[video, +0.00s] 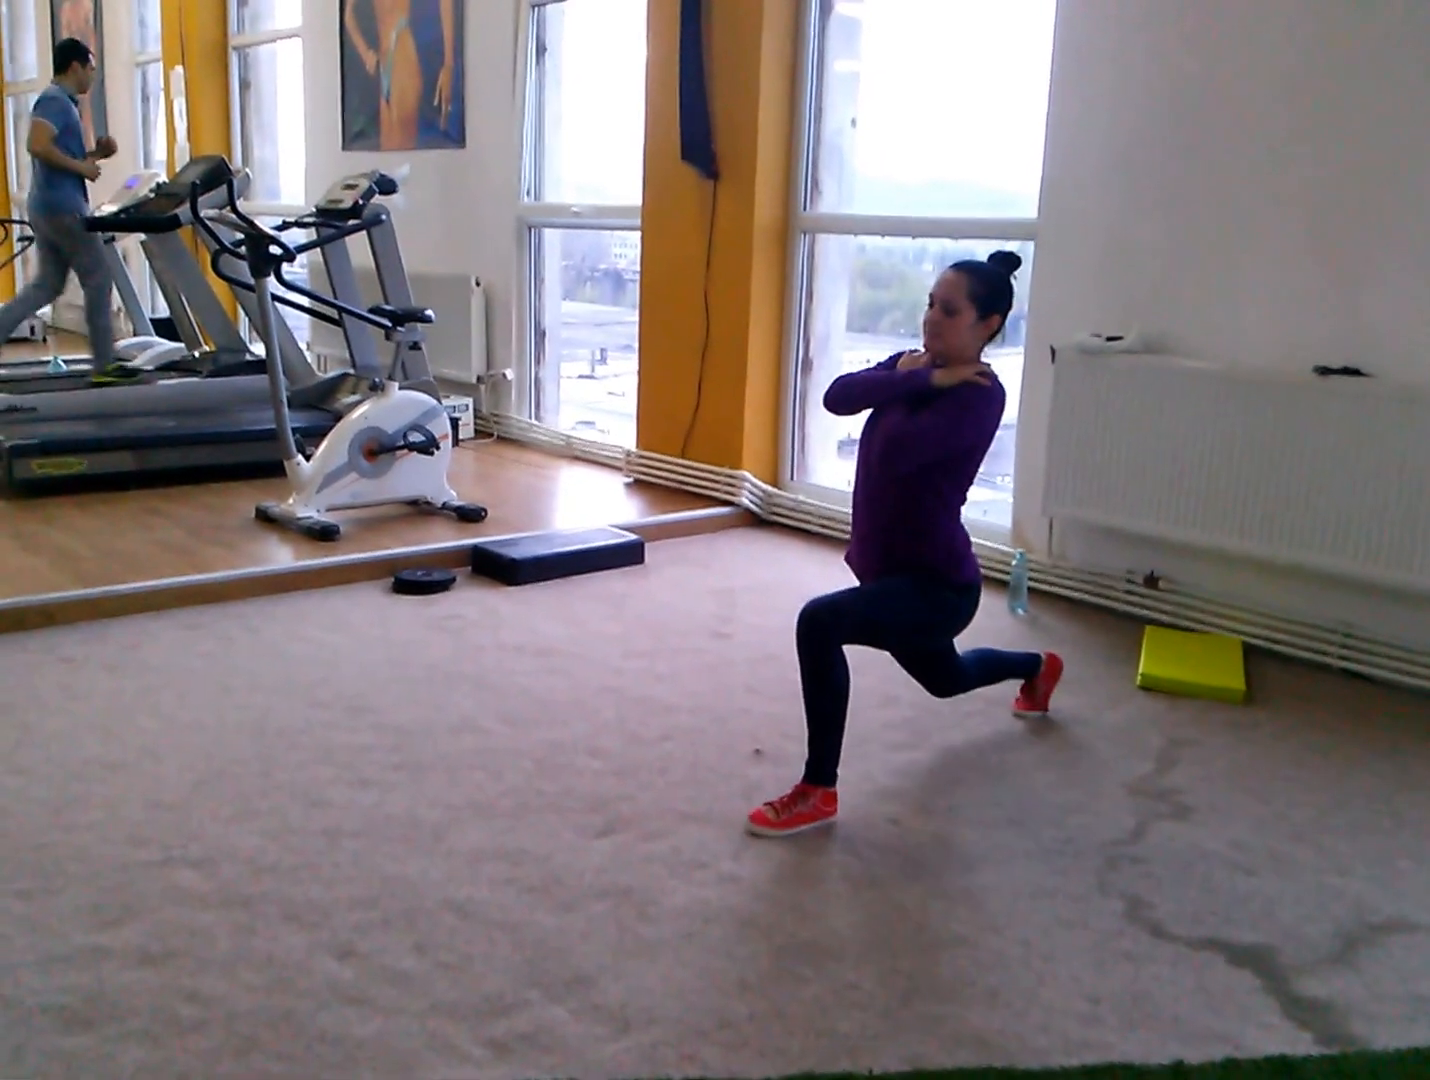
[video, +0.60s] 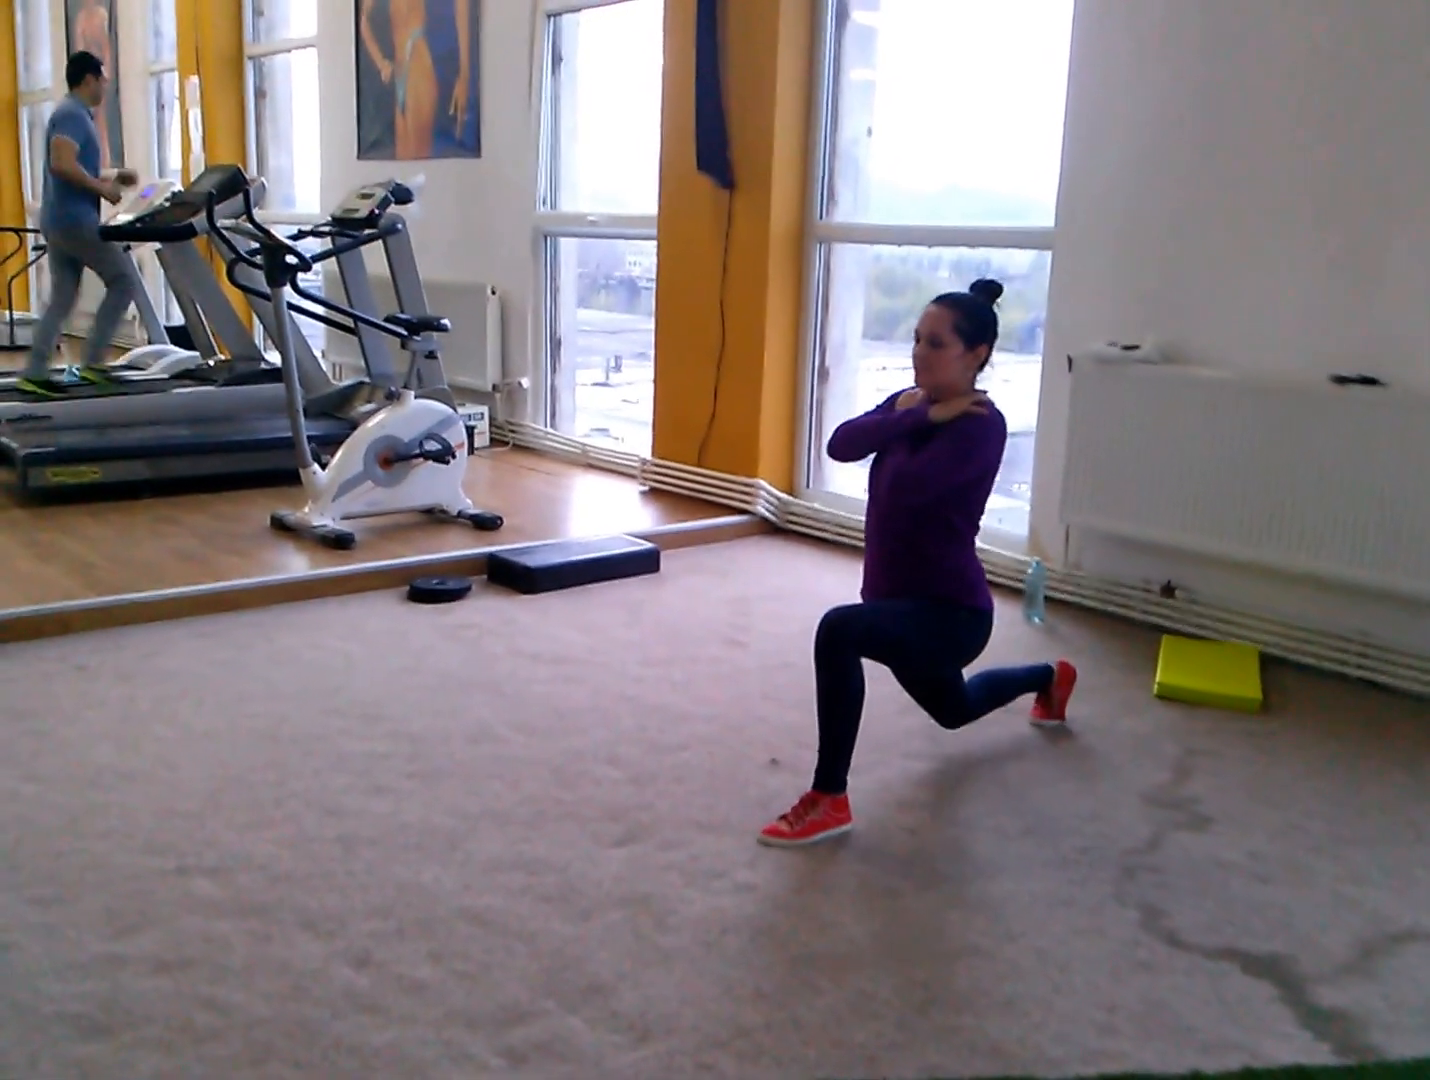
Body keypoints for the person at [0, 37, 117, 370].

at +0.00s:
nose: (93, 76)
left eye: (92, 69)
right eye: (90, 68)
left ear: (68, 68)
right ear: (75, 67)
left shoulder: (61, 102)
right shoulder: (56, 100)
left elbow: (64, 153)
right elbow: (38, 144)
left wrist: (96, 151)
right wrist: (80, 167)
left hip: (49, 208)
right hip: (61, 209)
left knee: (49, 285)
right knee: (99, 277)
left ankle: (2, 328)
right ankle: (106, 362)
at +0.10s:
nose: (97, 86)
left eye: (96, 79)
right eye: (93, 78)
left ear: (72, 80)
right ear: (80, 79)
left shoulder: (65, 116)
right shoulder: (61, 116)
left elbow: (60, 171)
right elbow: (58, 169)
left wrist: (92, 184)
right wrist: (96, 190)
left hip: (59, 220)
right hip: (61, 220)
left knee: (81, 289)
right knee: (96, 288)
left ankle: (15, 335)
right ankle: (70, 367)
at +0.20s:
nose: (98, 87)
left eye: (98, 80)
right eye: (96, 80)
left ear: (71, 80)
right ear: (84, 79)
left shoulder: (49, 111)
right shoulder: (70, 114)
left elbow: (28, 159)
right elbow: (76, 169)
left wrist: (69, 176)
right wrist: (108, 183)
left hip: (52, 218)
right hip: (66, 219)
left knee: (105, 277)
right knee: (73, 292)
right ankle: (38, 371)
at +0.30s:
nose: (99, 80)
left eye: (99, 73)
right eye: (98, 73)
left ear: (69, 71)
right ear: (85, 70)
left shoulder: (46, 104)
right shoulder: (77, 105)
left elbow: (21, 150)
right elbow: (85, 158)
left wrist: (57, 168)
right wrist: (109, 165)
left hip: (58, 215)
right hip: (68, 216)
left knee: (104, 280)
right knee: (49, 290)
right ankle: (6, 359)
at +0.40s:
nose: (100, 84)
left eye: (98, 76)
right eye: (97, 76)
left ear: (69, 78)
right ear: (86, 76)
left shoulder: (49, 112)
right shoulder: (79, 110)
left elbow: (28, 159)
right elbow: (84, 159)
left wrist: (61, 175)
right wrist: (106, 171)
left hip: (59, 217)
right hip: (74, 217)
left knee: (103, 288)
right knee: (78, 291)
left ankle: (106, 367)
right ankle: (9, 337)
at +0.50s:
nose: (101, 89)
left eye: (100, 83)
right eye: (99, 83)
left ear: (74, 85)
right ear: (87, 84)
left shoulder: (63, 119)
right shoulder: (75, 120)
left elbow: (72, 179)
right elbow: (76, 174)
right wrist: (114, 205)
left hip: (62, 224)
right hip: (73, 225)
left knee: (90, 297)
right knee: (109, 294)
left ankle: (73, 372)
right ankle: (43, 341)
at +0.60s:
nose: (105, 87)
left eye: (104, 80)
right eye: (102, 80)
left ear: (80, 80)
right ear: (89, 79)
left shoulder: (77, 115)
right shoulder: (71, 114)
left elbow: (81, 169)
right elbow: (62, 164)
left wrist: (115, 176)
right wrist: (103, 188)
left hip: (62, 221)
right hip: (72, 221)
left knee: (63, 298)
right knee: (124, 281)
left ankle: (34, 372)